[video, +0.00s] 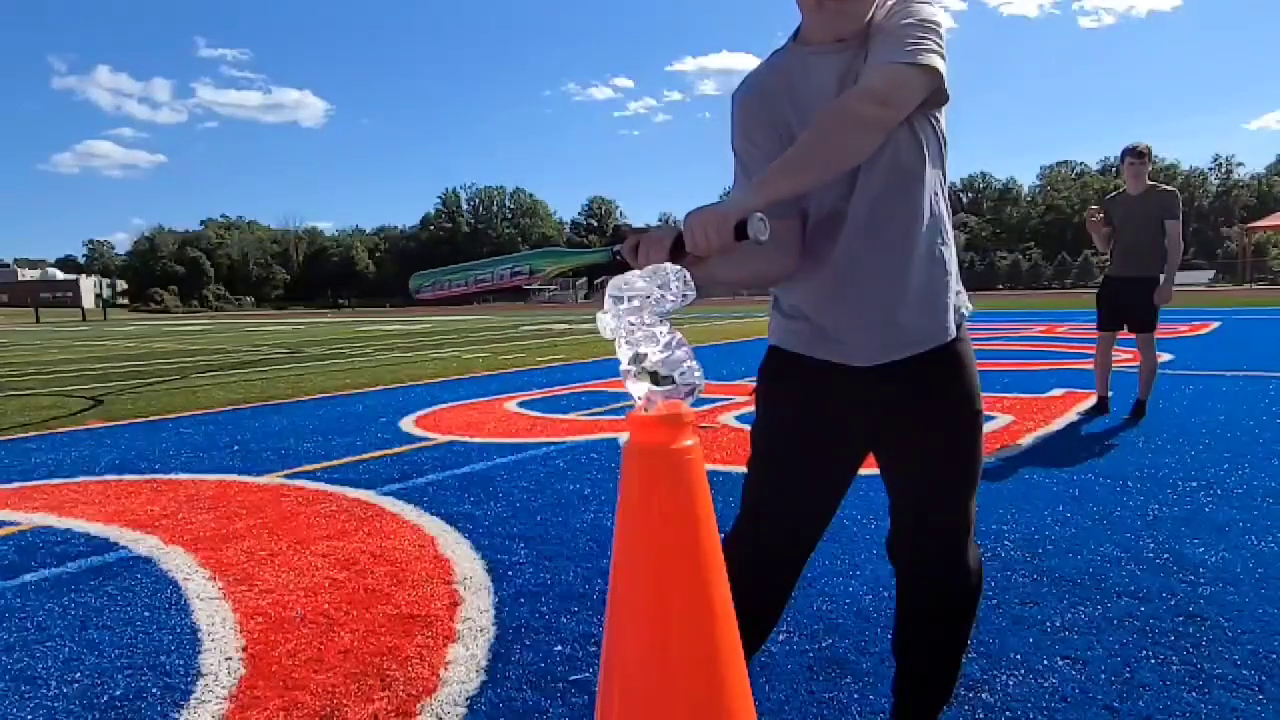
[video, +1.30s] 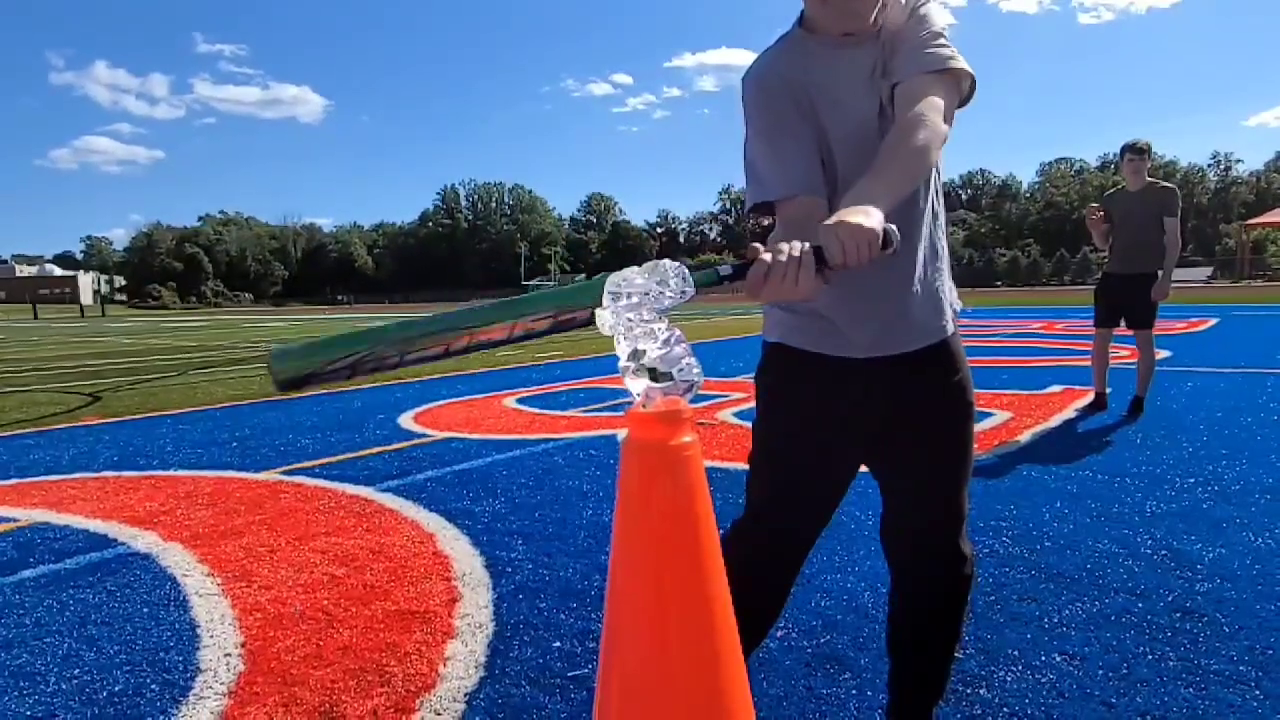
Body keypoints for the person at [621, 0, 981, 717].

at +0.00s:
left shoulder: (911, 17)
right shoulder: (760, 93)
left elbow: (893, 95)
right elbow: (778, 251)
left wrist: (746, 202)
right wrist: (677, 255)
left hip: (928, 355)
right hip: (810, 363)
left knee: (940, 568)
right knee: (756, 568)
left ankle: (917, 712)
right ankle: (686, 698)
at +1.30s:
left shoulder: (919, 20)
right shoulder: (774, 76)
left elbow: (924, 122)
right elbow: (797, 206)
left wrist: (866, 202)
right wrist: (788, 264)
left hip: (922, 355)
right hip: (811, 360)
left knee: (933, 559)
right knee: (765, 550)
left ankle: (912, 712)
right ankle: (686, 692)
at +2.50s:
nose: (867, 0)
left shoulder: (916, 20)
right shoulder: (783, 62)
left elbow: (946, 122)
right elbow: (821, 211)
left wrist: (961, 202)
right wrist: (912, 265)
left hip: (914, 328)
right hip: (808, 336)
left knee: (930, 544)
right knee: (773, 534)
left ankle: (908, 706)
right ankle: (703, 702)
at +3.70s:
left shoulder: (910, 21)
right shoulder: (790, 51)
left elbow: (974, 127)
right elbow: (854, 190)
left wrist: (1052, 215)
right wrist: (1027, 248)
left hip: (904, 342)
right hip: (803, 351)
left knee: (919, 545)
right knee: (767, 540)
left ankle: (924, 693)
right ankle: (703, 686)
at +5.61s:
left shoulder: (904, 25)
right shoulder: (814, 36)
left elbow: (956, 139)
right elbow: (914, 176)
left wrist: (1083, 218)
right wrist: (1081, 227)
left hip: (897, 343)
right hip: (798, 347)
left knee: (908, 554)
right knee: (765, 536)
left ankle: (900, 709)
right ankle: (690, 699)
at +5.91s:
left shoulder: (903, 29)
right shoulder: (819, 33)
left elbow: (952, 143)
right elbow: (918, 174)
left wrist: (1074, 218)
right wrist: (1079, 221)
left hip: (895, 341)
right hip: (798, 344)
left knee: (909, 552)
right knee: (764, 536)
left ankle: (898, 708)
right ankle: (689, 698)